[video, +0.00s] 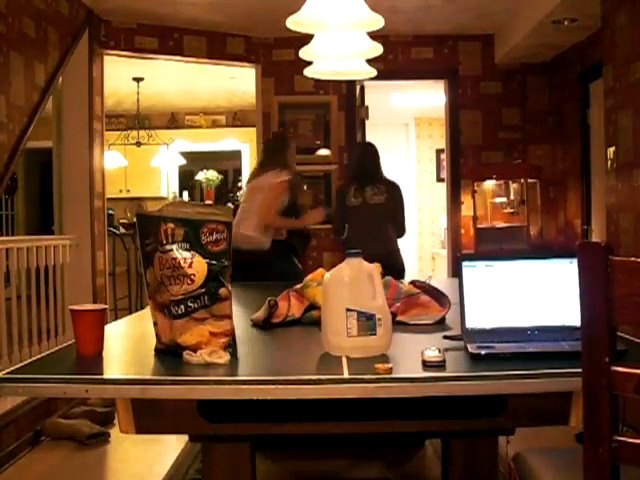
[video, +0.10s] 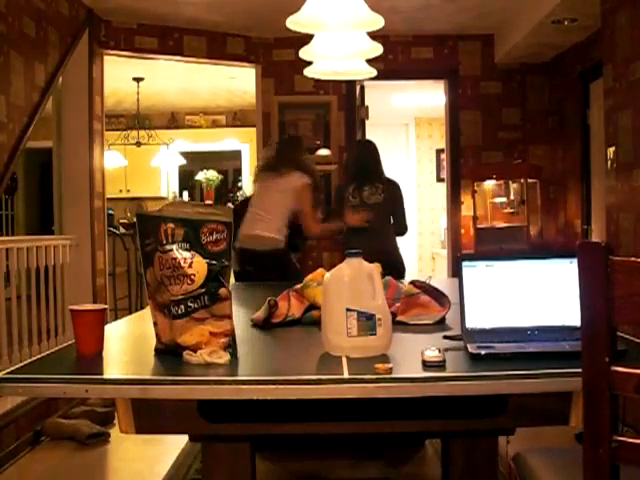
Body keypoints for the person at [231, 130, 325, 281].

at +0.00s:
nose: (294, 154)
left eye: (293, 149)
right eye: (292, 150)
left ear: (268, 152)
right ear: (286, 152)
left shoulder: (257, 174)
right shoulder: (281, 177)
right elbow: (267, 218)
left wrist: (274, 230)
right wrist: (303, 222)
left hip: (237, 244)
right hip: (257, 246)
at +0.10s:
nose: (303, 155)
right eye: (302, 152)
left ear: (278, 151)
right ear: (299, 154)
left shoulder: (263, 174)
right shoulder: (300, 181)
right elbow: (311, 229)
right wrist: (342, 225)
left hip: (243, 251)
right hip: (271, 252)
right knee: (299, 295)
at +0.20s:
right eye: (315, 160)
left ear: (289, 164)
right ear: (312, 164)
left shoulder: (275, 187)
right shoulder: (315, 191)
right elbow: (325, 238)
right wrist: (351, 229)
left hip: (261, 263)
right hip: (291, 265)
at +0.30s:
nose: (330, 170)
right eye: (326, 166)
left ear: (297, 172)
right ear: (319, 170)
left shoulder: (288, 197)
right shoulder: (325, 196)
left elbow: (272, 237)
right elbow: (336, 242)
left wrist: (254, 271)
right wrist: (359, 232)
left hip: (280, 269)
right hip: (306, 269)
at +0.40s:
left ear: (294, 161)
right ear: (317, 159)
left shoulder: (286, 188)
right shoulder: (330, 186)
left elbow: (275, 229)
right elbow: (339, 229)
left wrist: (258, 262)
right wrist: (351, 232)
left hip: (292, 255)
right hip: (321, 255)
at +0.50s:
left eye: (286, 149)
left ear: (289, 152)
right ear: (317, 148)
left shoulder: (286, 178)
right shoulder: (337, 173)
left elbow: (276, 225)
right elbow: (347, 212)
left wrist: (252, 245)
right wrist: (342, 234)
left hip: (296, 249)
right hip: (328, 251)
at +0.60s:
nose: (280, 164)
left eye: (283, 159)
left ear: (290, 162)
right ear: (319, 157)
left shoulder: (288, 185)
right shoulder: (336, 177)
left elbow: (275, 227)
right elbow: (358, 210)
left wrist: (252, 229)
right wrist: (335, 218)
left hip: (298, 256)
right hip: (332, 259)